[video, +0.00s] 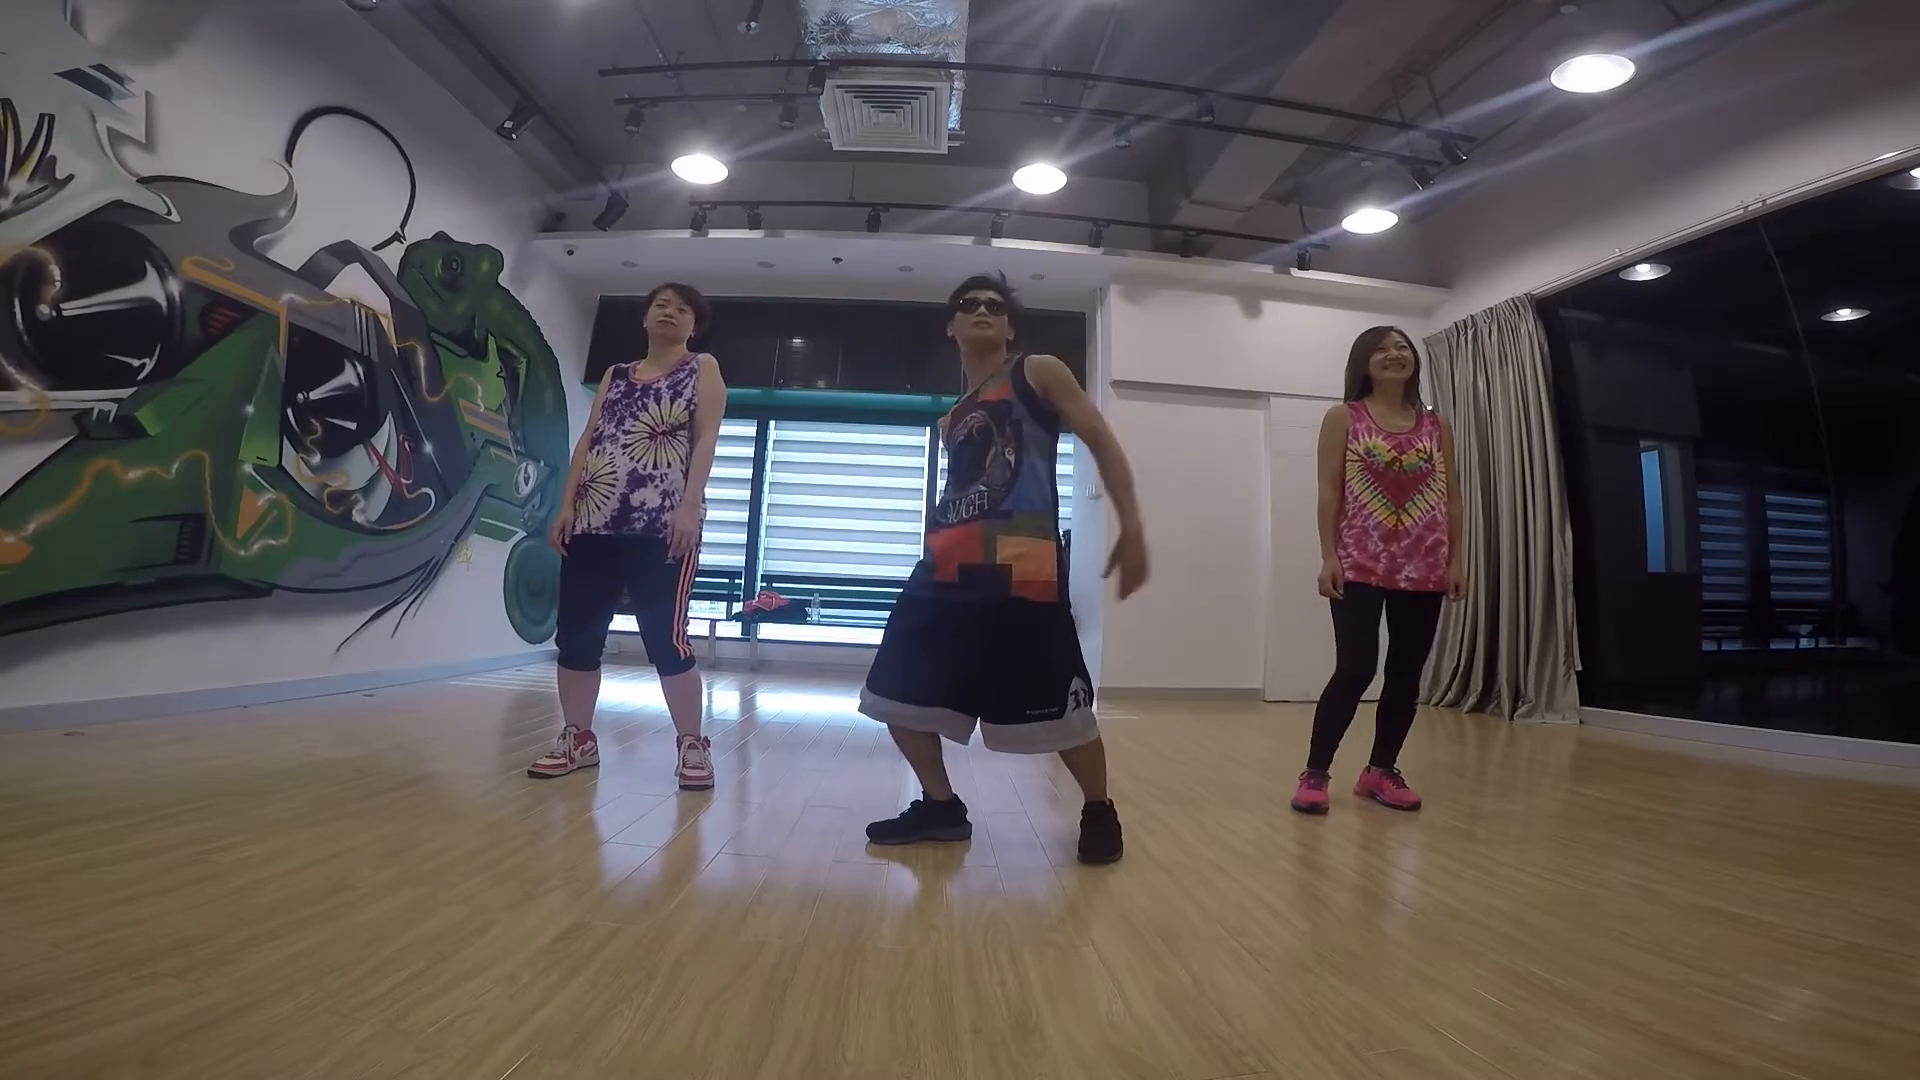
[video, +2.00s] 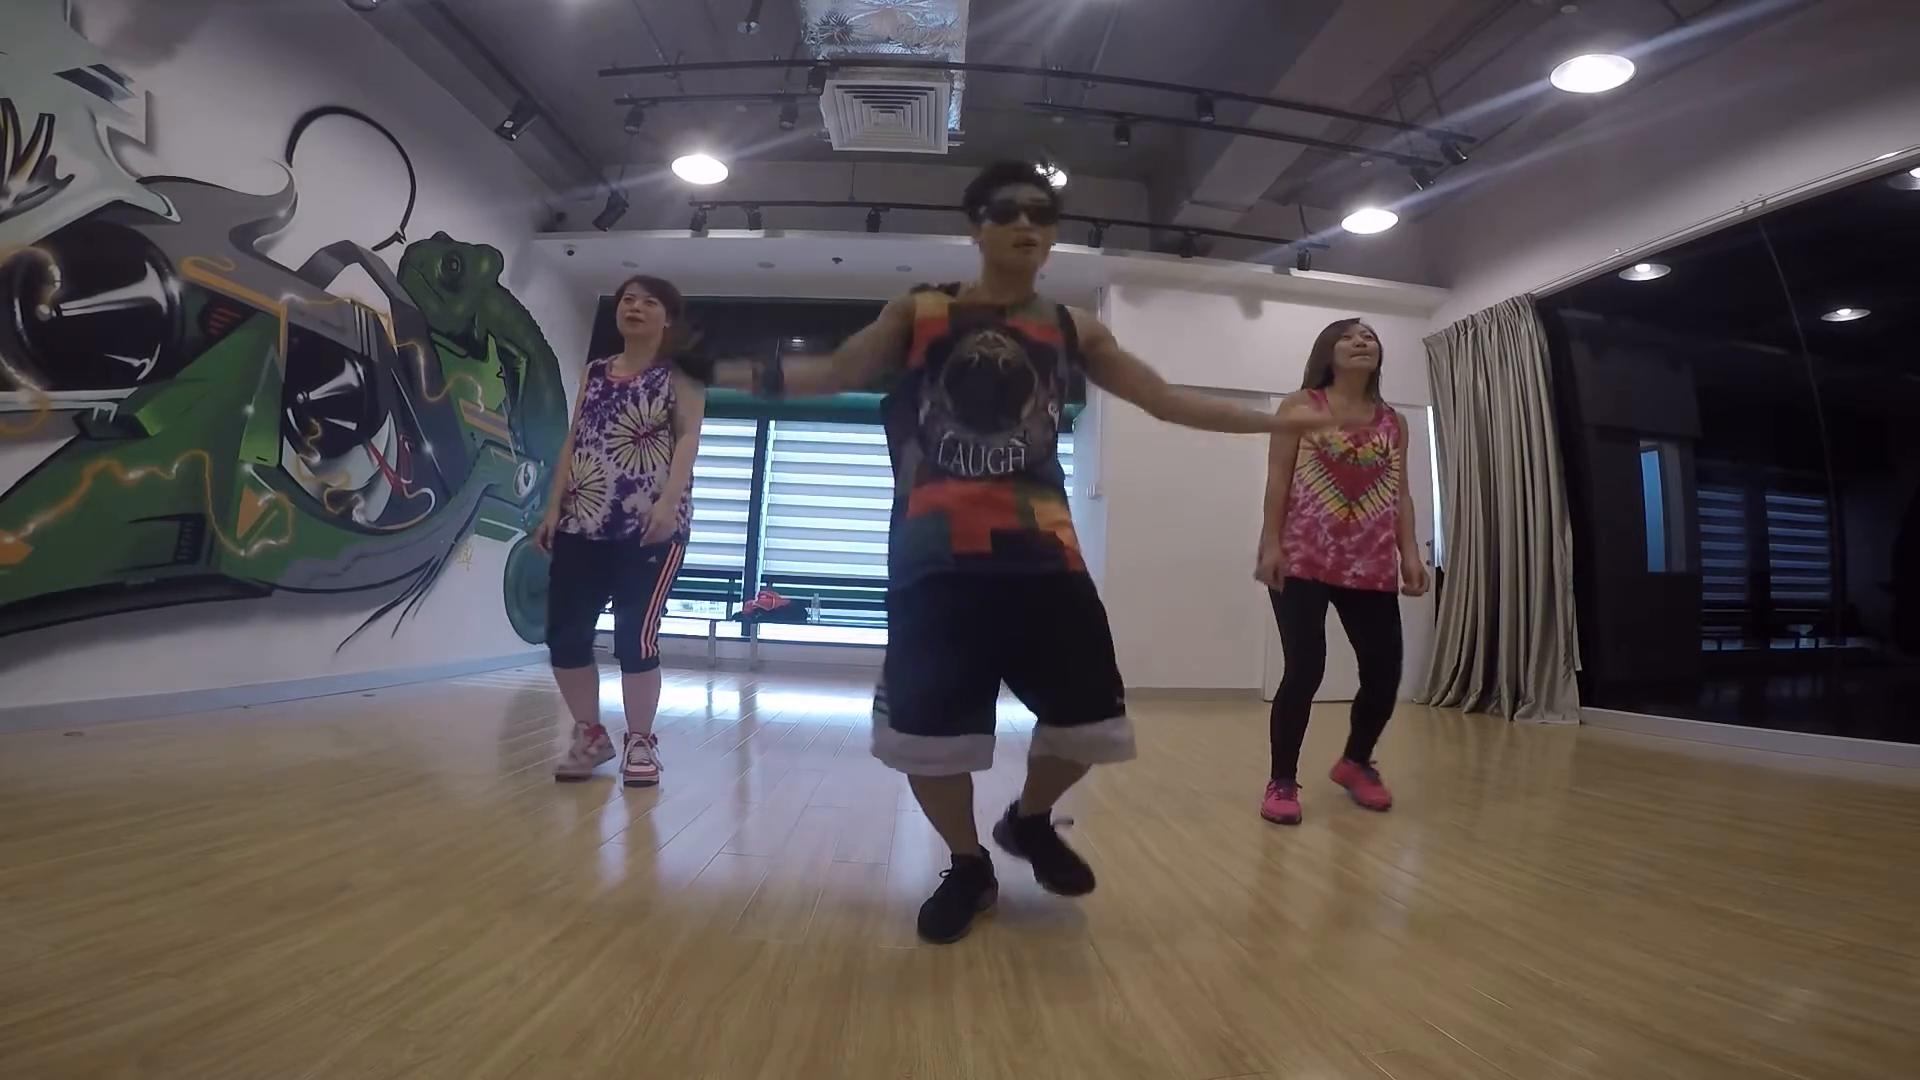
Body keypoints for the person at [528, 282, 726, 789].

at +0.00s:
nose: (669, 312)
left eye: (681, 308)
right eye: (661, 305)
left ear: (694, 326)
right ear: (645, 317)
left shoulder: (702, 369)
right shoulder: (616, 375)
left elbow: (705, 441)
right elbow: (586, 443)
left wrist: (690, 506)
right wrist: (566, 503)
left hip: (659, 527)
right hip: (593, 523)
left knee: (667, 643)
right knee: (576, 637)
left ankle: (691, 744)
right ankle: (578, 741)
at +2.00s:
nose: (635, 306)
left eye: (648, 301)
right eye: (628, 300)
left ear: (669, 320)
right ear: (615, 314)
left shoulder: (681, 383)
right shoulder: (593, 375)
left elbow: (687, 444)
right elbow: (574, 442)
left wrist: (668, 502)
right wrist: (554, 506)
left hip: (648, 527)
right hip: (582, 525)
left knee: (635, 636)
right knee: (565, 634)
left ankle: (640, 741)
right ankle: (590, 736)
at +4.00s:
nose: (669, 325)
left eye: (680, 320)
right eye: (661, 318)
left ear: (696, 334)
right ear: (648, 329)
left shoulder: (704, 392)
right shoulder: (612, 372)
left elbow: (703, 459)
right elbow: (572, 432)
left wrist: (705, 517)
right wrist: (547, 491)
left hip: (660, 526)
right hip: (595, 522)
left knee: (638, 622)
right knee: (601, 631)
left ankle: (644, 732)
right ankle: (616, 732)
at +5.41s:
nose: (647, 334)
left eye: (659, 328)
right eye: (640, 328)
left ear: (677, 341)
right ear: (630, 339)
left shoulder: (689, 381)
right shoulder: (620, 397)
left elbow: (696, 452)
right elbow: (606, 463)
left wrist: (698, 519)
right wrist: (590, 523)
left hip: (661, 532)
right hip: (604, 531)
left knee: (649, 638)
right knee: (597, 640)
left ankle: (664, 733)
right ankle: (623, 734)